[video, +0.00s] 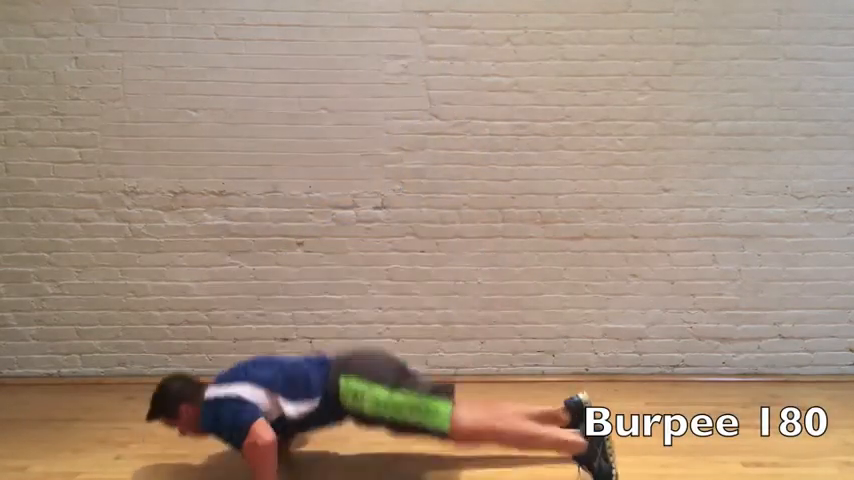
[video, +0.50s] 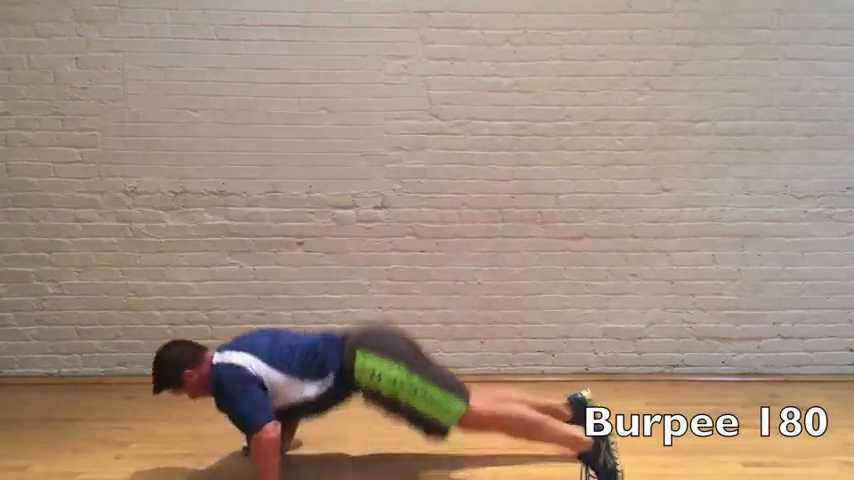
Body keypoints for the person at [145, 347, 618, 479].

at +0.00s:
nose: (179, 430)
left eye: (174, 423)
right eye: (173, 425)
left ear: (185, 408)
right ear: (191, 392)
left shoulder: (218, 405)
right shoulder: (229, 382)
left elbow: (263, 437)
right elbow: (282, 421)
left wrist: (264, 478)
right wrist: (278, 450)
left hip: (352, 384)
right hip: (356, 368)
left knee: (458, 425)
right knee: (458, 411)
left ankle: (581, 445)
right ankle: (564, 418)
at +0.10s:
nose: (176, 455)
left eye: (172, 449)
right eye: (171, 449)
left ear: (185, 435)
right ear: (197, 416)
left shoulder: (217, 435)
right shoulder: (238, 401)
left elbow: (259, 443)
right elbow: (295, 379)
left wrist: (260, 479)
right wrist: (287, 413)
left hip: (358, 422)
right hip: (363, 396)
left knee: (468, 453)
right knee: (469, 430)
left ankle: (587, 448)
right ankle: (571, 412)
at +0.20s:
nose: (174, 459)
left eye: (171, 454)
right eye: (170, 454)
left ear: (181, 445)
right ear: (198, 420)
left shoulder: (213, 448)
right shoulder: (242, 405)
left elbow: (256, 443)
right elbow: (295, 379)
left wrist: (261, 479)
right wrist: (281, 418)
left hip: (350, 435)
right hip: (358, 407)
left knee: (467, 463)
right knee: (470, 435)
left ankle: (587, 447)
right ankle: (570, 411)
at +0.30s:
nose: (179, 437)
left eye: (177, 430)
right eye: (174, 430)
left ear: (189, 416)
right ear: (200, 395)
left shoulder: (218, 427)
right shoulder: (241, 388)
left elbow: (266, 444)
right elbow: (296, 377)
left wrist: (263, 478)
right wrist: (286, 414)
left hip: (357, 428)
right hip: (361, 400)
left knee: (469, 462)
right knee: (473, 434)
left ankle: (587, 446)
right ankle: (571, 412)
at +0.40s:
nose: (179, 409)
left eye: (175, 401)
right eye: (173, 403)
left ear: (189, 390)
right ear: (199, 369)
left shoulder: (226, 398)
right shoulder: (241, 365)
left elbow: (269, 439)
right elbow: (290, 394)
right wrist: (282, 445)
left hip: (365, 410)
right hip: (369, 384)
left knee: (473, 453)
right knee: (472, 429)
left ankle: (590, 448)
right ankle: (572, 413)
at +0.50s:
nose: (183, 397)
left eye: (179, 391)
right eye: (178, 392)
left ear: (190, 377)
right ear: (196, 360)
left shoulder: (228, 379)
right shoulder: (236, 352)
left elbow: (265, 439)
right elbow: (289, 397)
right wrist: (281, 437)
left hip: (367, 361)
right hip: (364, 353)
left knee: (468, 412)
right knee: (463, 403)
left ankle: (585, 445)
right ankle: (568, 410)